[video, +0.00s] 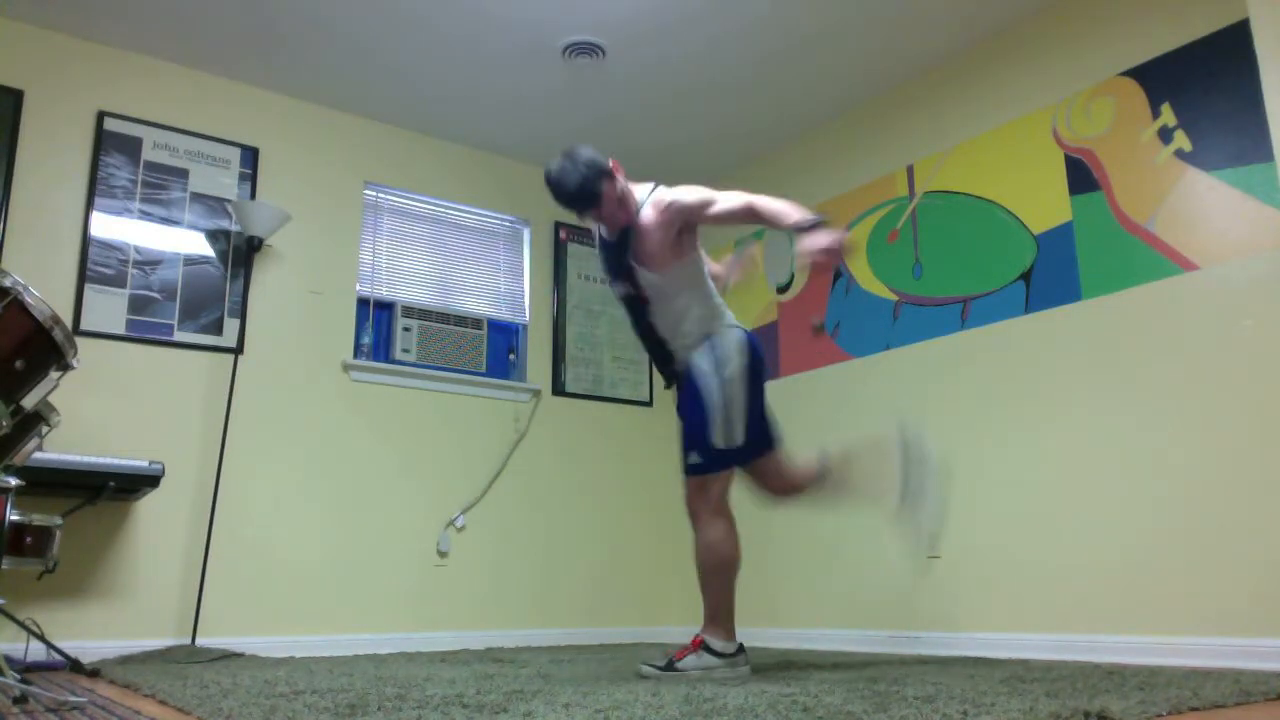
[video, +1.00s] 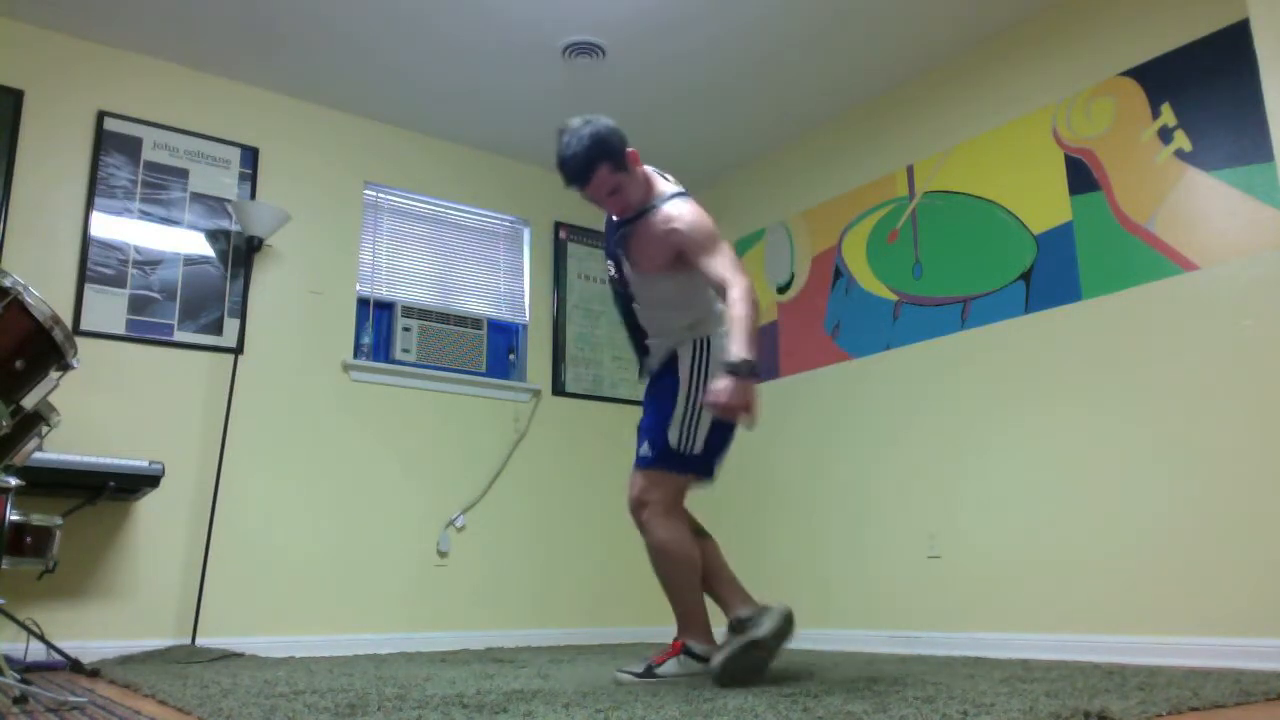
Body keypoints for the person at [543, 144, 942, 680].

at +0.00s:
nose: (605, 218)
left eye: (604, 203)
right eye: (593, 214)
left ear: (615, 175)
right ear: (583, 209)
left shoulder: (666, 206)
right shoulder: (619, 230)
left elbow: (750, 205)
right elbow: (670, 263)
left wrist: (808, 226)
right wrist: (722, 271)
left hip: (715, 357)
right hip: (705, 357)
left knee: (707, 504)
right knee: (781, 480)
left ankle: (719, 641)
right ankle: (893, 460)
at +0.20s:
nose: (616, 231)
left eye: (616, 218)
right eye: (603, 226)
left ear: (629, 192)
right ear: (591, 222)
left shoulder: (677, 227)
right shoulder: (604, 233)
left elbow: (768, 251)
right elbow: (561, 262)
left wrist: (833, 302)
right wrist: (532, 249)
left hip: (733, 351)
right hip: (708, 355)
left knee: (706, 493)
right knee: (730, 485)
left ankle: (732, 633)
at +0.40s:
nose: (612, 273)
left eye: (613, 258)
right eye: (598, 270)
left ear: (625, 228)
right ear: (582, 267)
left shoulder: (674, 259)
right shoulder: (615, 267)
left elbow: (758, 274)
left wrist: (807, 316)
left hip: (735, 380)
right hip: (697, 392)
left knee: (707, 512)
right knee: (703, 518)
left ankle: (737, 640)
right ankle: (824, 572)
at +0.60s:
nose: (606, 204)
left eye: (608, 190)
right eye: (594, 201)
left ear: (622, 161)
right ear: (581, 195)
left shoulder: (671, 204)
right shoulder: (621, 181)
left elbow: (760, 227)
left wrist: (832, 275)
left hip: (705, 334)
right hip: (711, 329)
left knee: (653, 470)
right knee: (725, 472)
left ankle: (690, 610)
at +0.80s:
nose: (606, 230)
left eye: (608, 215)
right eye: (592, 224)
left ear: (622, 186)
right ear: (580, 219)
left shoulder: (669, 223)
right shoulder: (619, 202)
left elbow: (734, 266)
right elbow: (574, 234)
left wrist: (719, 325)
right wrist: (560, 251)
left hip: (717, 361)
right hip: (691, 366)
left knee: (659, 498)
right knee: (660, 501)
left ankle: (699, 646)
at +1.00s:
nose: (611, 205)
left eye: (615, 190)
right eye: (597, 199)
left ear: (633, 161)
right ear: (583, 189)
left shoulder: (679, 218)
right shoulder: (630, 194)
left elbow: (737, 284)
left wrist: (739, 367)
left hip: (697, 357)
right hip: (670, 359)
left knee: (652, 501)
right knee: (655, 505)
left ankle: (697, 645)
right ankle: (748, 616)